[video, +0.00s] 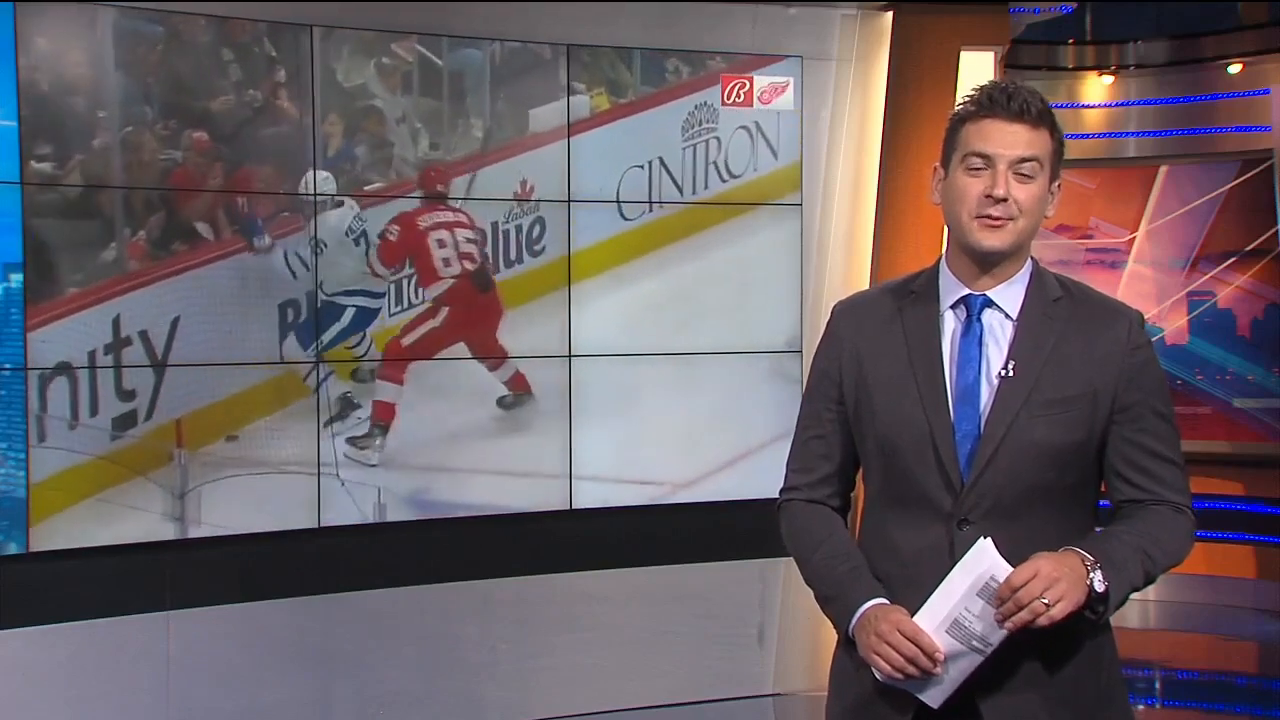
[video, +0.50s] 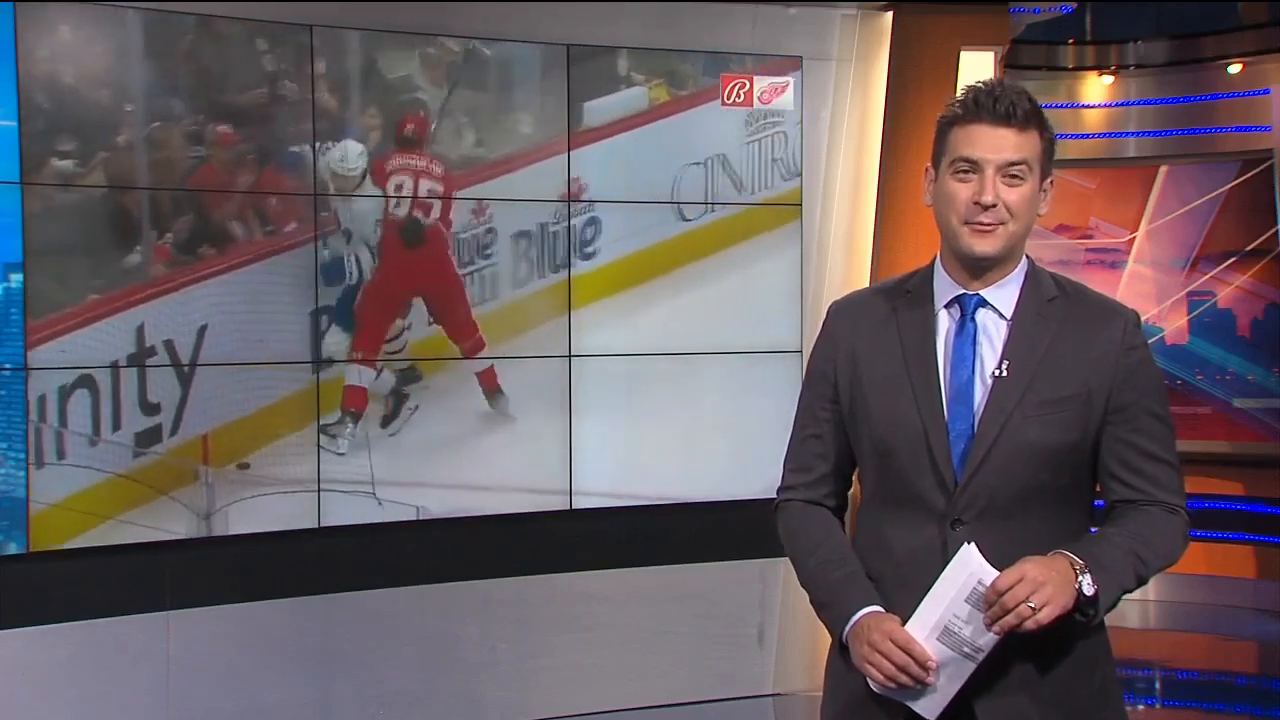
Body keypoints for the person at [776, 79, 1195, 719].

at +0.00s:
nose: (998, 190)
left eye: (1023, 172)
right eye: (977, 166)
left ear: (1050, 196)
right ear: (940, 184)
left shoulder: (1113, 337)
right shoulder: (858, 327)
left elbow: (1162, 512)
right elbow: (808, 499)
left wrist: (1090, 566)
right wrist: (862, 609)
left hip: (1049, 691)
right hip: (887, 688)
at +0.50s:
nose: (987, 196)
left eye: (1013, 176)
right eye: (965, 171)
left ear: (1043, 194)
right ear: (932, 185)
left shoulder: (1108, 335)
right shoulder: (854, 326)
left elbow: (1155, 511)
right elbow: (805, 499)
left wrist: (1079, 570)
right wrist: (857, 616)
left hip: (1044, 691)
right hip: (881, 687)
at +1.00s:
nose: (991, 197)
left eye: (1017, 177)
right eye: (970, 172)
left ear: (1047, 196)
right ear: (936, 185)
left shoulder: (1109, 336)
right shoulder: (857, 326)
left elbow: (1156, 512)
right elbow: (807, 499)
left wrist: (1082, 571)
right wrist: (860, 617)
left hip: (1046, 692)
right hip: (883, 688)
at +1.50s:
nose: (997, 193)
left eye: (1022, 175)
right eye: (976, 169)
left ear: (1050, 196)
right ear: (940, 185)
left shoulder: (1114, 336)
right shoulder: (862, 327)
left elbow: (1161, 510)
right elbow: (813, 500)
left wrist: (1089, 568)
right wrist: (866, 617)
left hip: (1051, 690)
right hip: (889, 688)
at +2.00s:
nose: (1001, 202)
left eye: (1027, 181)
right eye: (980, 175)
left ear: (1056, 197)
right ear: (945, 185)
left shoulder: (1118, 336)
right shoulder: (865, 328)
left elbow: (1166, 509)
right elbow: (816, 499)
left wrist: (1092, 566)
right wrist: (869, 614)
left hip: (1054, 691)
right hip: (892, 687)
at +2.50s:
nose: (1007, 195)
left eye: (1032, 176)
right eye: (986, 170)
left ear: (1058, 197)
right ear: (949, 186)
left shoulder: (1121, 337)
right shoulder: (869, 326)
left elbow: (1167, 510)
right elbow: (820, 499)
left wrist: (1096, 568)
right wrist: (872, 615)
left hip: (1056, 690)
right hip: (895, 687)